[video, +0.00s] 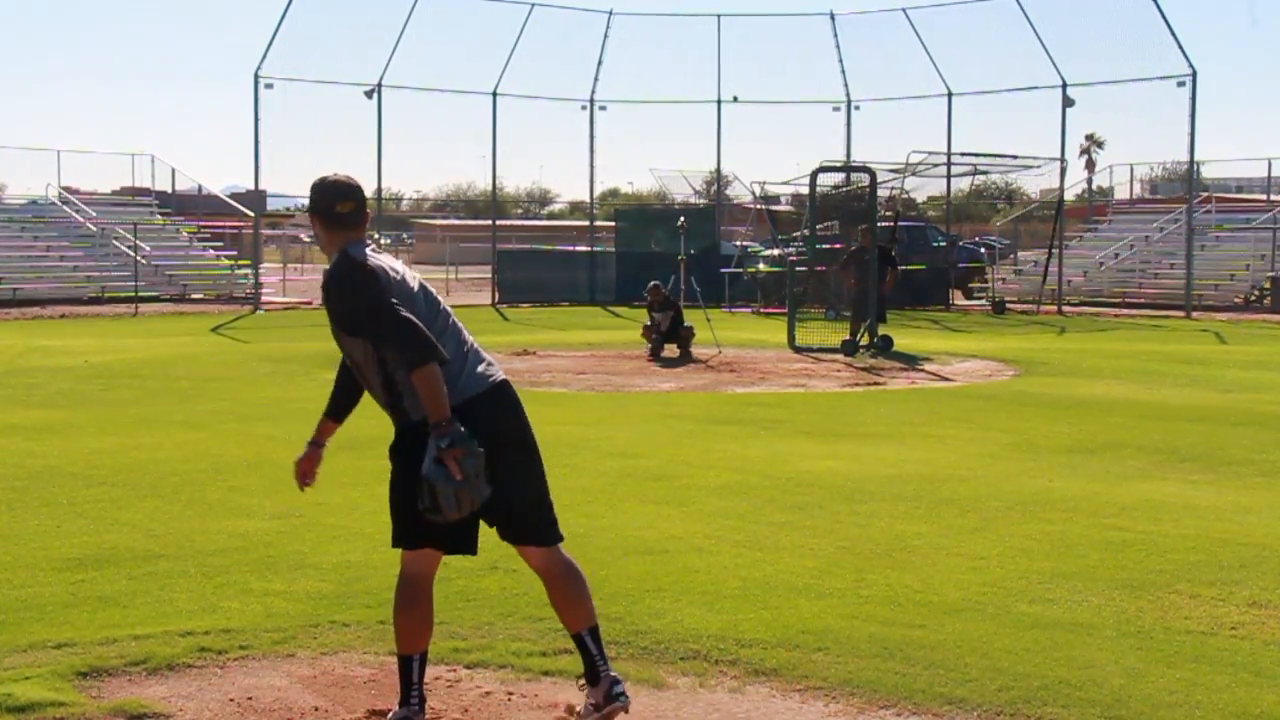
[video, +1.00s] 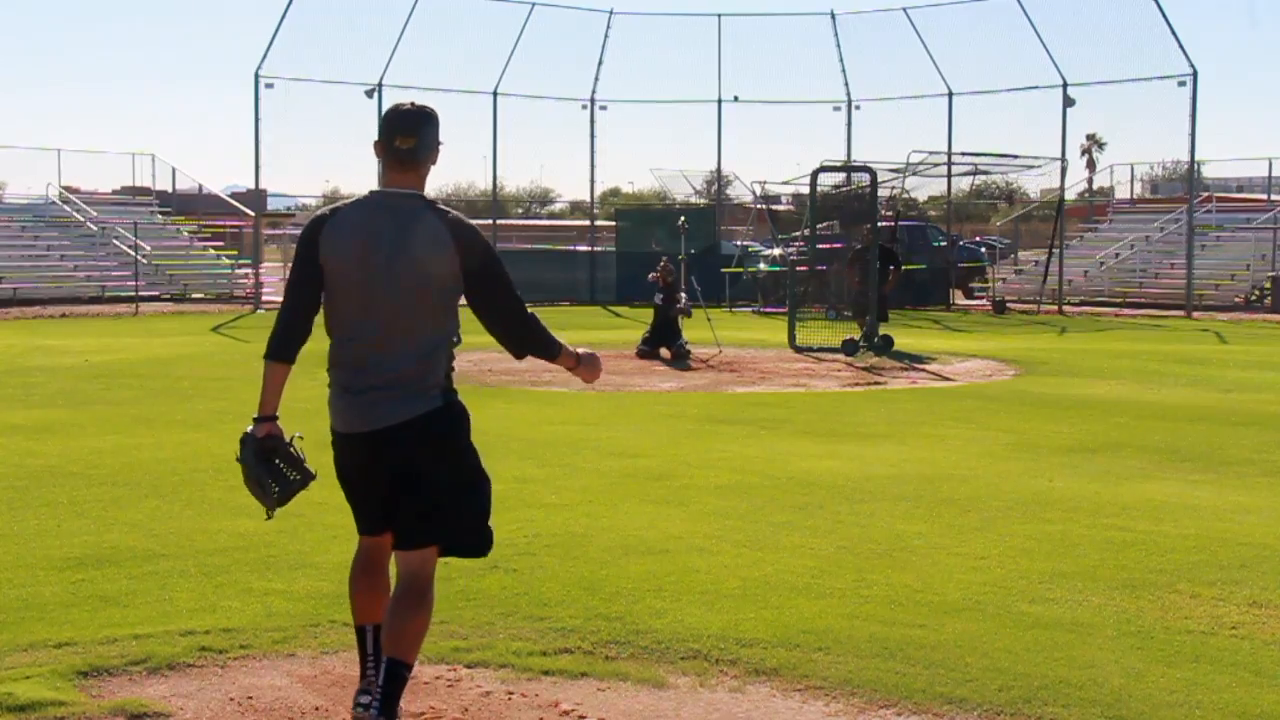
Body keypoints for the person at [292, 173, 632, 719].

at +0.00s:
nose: (309, 224)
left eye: (309, 216)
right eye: (314, 216)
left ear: (313, 223)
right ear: (363, 216)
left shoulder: (347, 276)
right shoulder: (374, 265)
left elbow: (417, 347)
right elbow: (355, 370)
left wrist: (445, 432)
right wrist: (317, 444)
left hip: (431, 428)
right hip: (493, 410)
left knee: (418, 567)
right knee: (542, 548)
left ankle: (411, 703)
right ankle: (603, 678)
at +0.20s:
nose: (332, 202)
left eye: (333, 193)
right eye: (339, 192)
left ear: (337, 199)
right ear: (387, 196)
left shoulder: (367, 260)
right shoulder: (402, 244)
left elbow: (417, 362)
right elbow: (360, 337)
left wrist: (422, 450)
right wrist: (276, 359)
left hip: (435, 422)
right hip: (490, 409)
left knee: (417, 564)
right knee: (535, 546)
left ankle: (412, 703)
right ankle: (597, 672)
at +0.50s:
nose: (356, 184)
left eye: (352, 174)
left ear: (349, 181)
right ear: (403, 181)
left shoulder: (339, 256)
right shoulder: (435, 240)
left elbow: (347, 358)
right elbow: (426, 334)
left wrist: (334, 456)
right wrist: (339, 393)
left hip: (396, 439)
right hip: (468, 428)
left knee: (398, 565)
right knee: (480, 541)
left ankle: (408, 701)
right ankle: (518, 648)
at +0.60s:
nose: (386, 182)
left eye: (367, 171)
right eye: (404, 173)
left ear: (355, 179)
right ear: (410, 178)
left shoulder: (336, 255)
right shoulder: (444, 243)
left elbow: (336, 359)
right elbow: (449, 332)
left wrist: (323, 456)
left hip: (383, 436)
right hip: (458, 430)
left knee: (392, 564)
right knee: (461, 548)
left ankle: (407, 698)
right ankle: (461, 643)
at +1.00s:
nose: (424, 159)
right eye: (433, 151)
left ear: (378, 152)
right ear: (435, 157)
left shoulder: (326, 230)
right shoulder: (452, 233)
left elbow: (290, 328)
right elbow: (509, 320)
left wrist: (266, 416)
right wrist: (570, 358)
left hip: (353, 427)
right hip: (428, 423)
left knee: (372, 544)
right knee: (416, 569)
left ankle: (370, 683)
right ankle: (383, 704)